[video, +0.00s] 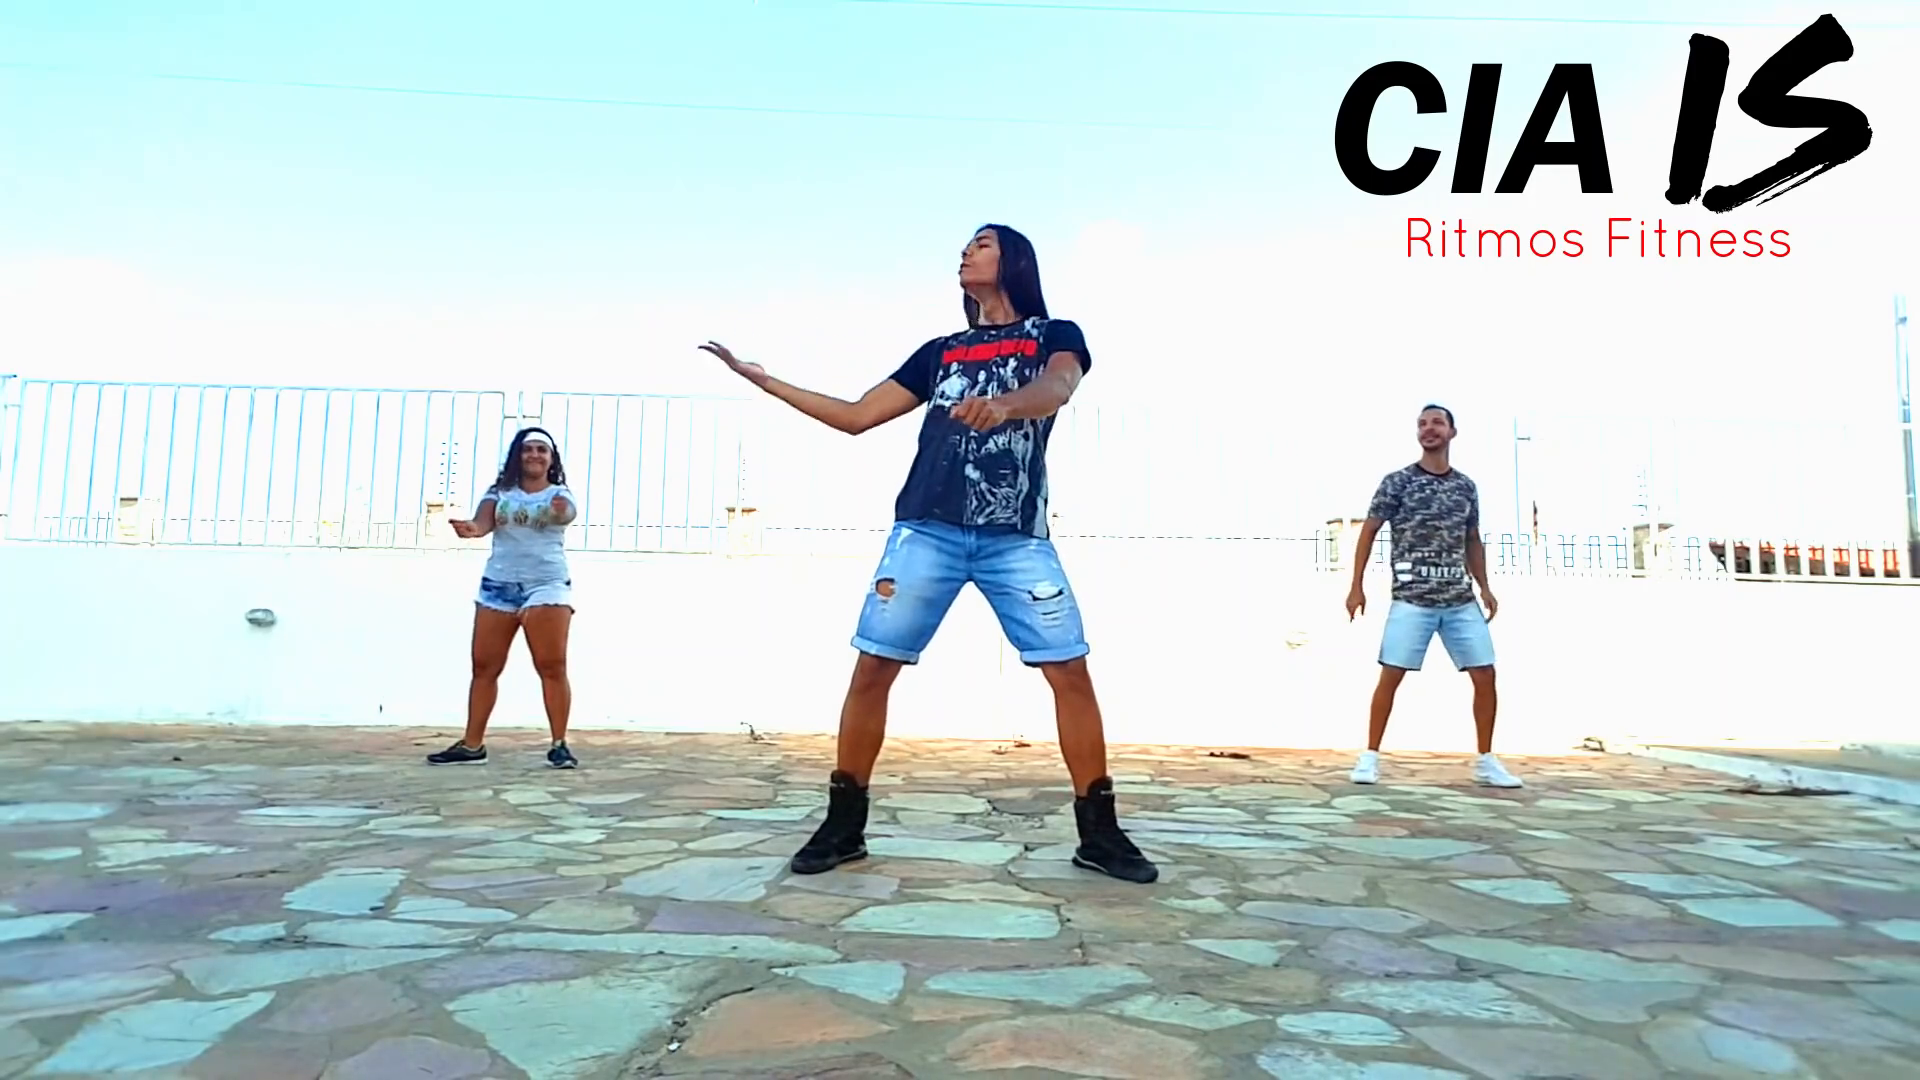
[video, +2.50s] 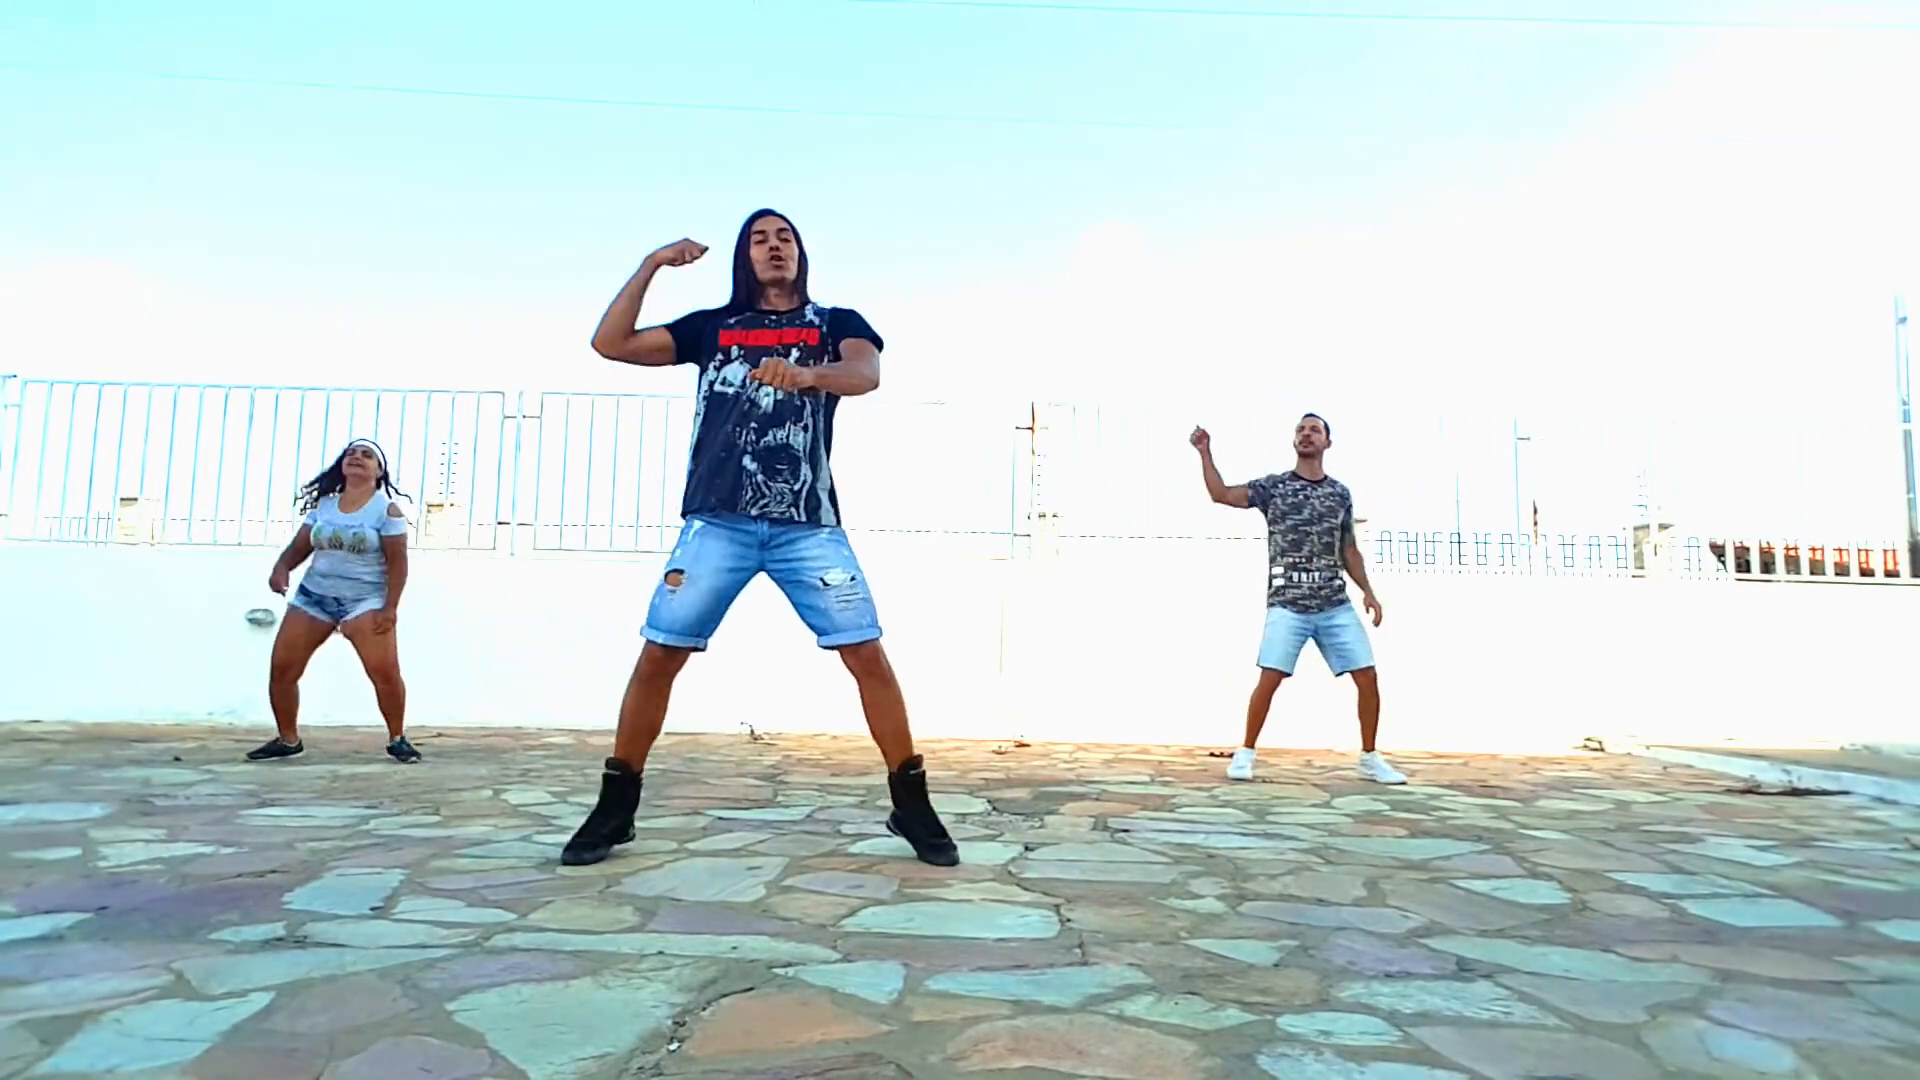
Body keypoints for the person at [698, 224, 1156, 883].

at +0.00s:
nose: (964, 253)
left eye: (980, 245)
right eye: (966, 246)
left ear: (1013, 262)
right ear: (969, 270)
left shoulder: (1055, 334)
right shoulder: (940, 352)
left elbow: (1058, 387)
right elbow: (855, 416)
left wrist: (1002, 406)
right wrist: (764, 379)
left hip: (1016, 536)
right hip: (928, 531)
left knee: (1070, 670)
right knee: (872, 669)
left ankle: (1099, 831)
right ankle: (843, 824)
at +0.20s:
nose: (1005, 250)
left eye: (1009, 242)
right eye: (987, 246)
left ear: (1022, 263)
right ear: (962, 273)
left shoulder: (1058, 335)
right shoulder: (941, 354)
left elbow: (1052, 399)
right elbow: (895, 445)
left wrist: (1013, 444)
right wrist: (813, 454)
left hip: (1020, 537)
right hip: (931, 531)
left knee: (1074, 669)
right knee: (876, 667)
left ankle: (1100, 832)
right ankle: (843, 824)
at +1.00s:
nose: (909, 288)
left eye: (918, 276)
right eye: (895, 280)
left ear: (938, 287)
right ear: (876, 298)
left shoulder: (969, 362)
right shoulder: (854, 369)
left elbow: (989, 388)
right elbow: (826, 411)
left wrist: (944, 380)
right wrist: (892, 408)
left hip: (953, 561)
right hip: (862, 558)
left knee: (1011, 684)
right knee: (779, 673)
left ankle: (1033, 824)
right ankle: (755, 816)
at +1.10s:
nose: (877, 284)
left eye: (885, 272)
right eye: (863, 276)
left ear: (904, 283)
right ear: (848, 291)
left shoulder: (933, 358)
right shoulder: (822, 358)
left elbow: (963, 398)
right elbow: (778, 403)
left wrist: (925, 396)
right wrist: (816, 382)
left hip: (916, 551)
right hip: (828, 548)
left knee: (981, 674)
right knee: (760, 670)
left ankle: (1019, 820)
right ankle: (744, 820)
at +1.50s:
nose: (787, 280)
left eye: (796, 269)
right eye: (773, 273)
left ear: (814, 283)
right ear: (757, 291)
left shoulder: (839, 355)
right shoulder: (732, 363)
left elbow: (870, 393)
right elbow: (721, 414)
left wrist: (842, 359)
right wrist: (772, 387)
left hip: (828, 557)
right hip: (737, 552)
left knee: (887, 678)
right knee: (660, 672)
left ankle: (924, 812)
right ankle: (642, 813)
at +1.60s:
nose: (767, 246)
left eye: (776, 236)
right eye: (753, 239)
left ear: (794, 251)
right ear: (736, 257)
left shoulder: (826, 326)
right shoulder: (716, 326)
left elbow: (868, 375)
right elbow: (696, 399)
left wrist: (850, 351)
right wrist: (689, 343)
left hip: (811, 519)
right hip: (723, 519)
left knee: (871, 643)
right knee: (660, 648)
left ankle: (925, 789)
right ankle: (636, 796)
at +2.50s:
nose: (773, 244)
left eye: (783, 236)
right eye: (760, 238)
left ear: (801, 256)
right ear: (742, 259)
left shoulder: (838, 321)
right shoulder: (713, 327)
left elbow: (864, 373)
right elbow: (613, 343)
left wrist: (807, 376)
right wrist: (648, 265)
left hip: (808, 525)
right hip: (718, 522)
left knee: (868, 653)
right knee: (659, 655)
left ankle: (912, 802)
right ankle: (615, 806)